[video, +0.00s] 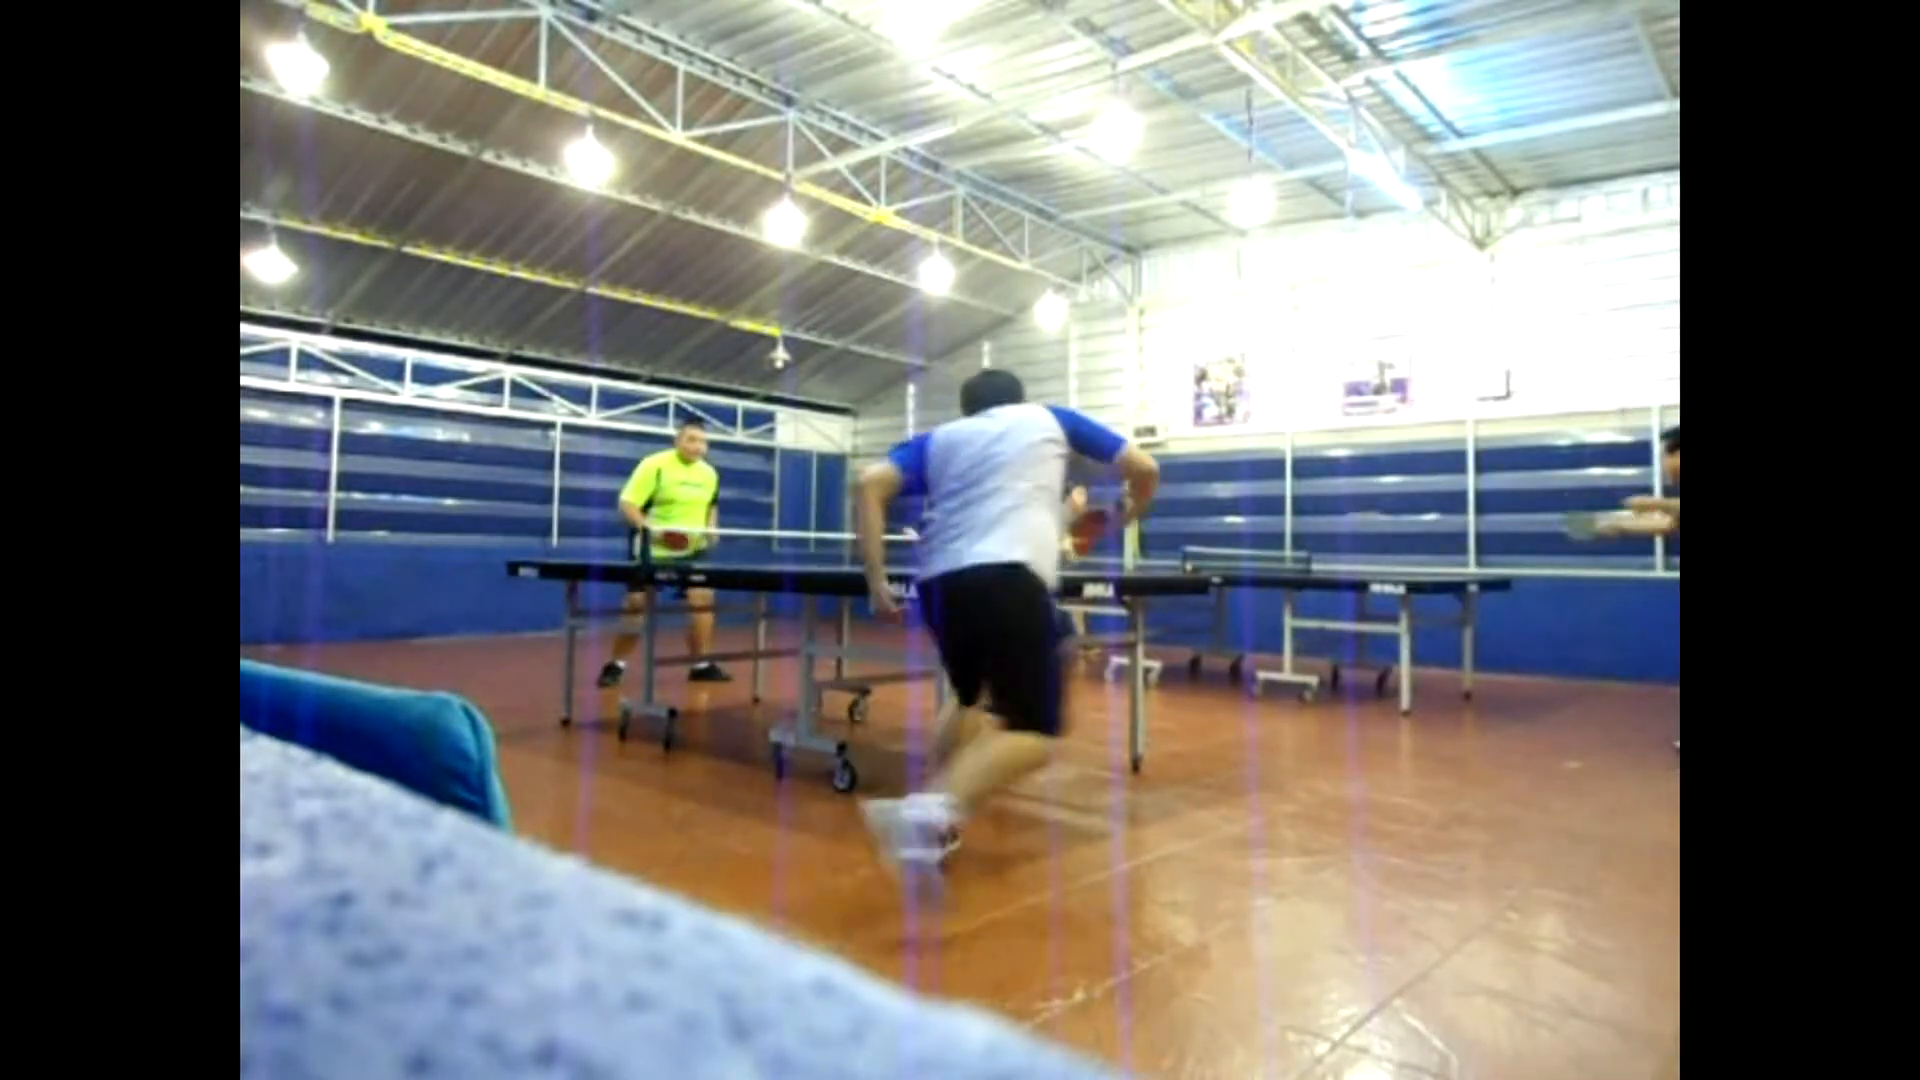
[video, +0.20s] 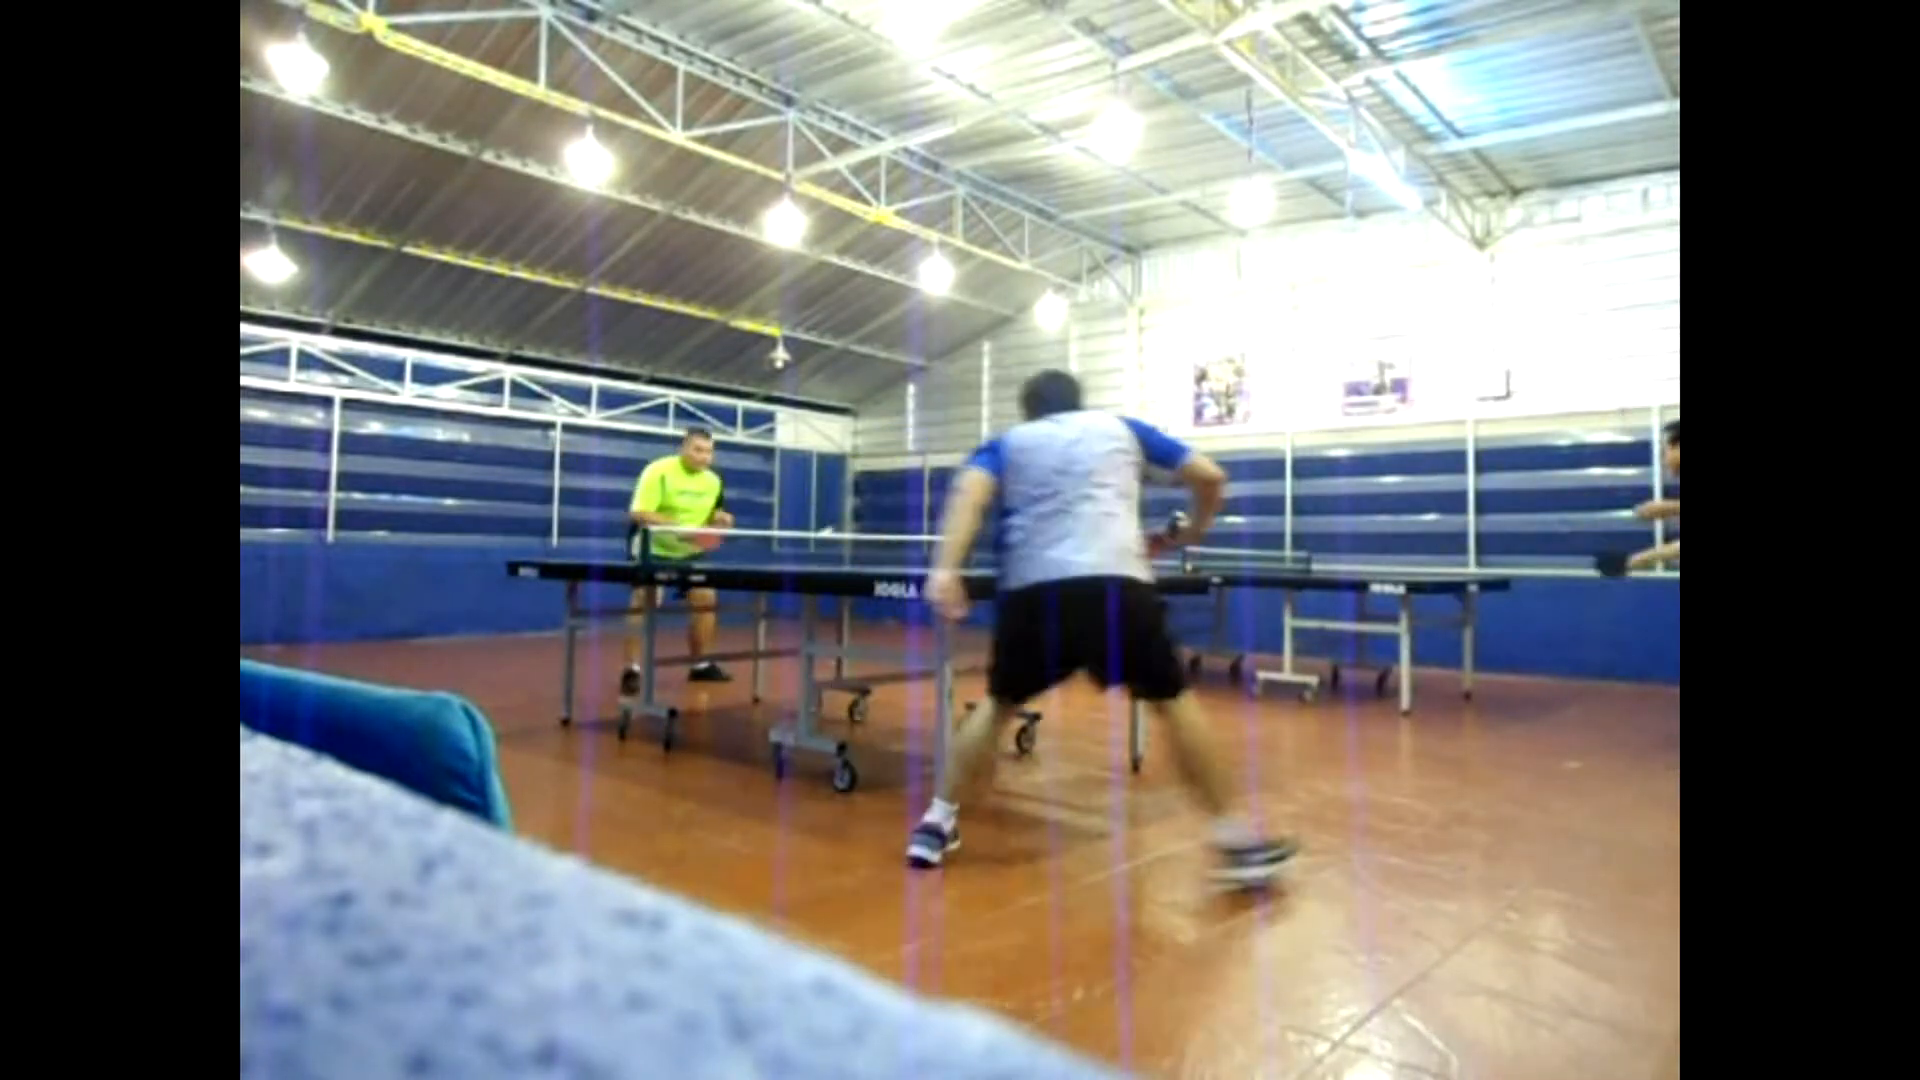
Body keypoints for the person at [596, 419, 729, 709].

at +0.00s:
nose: (696, 446)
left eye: (701, 441)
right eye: (691, 439)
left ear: (706, 445)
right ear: (678, 440)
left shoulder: (709, 474)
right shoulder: (654, 465)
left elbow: (710, 507)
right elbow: (627, 503)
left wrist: (711, 529)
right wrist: (649, 526)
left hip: (692, 550)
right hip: (655, 549)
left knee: (703, 599)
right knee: (636, 604)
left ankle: (702, 660)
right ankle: (617, 663)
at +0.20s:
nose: (702, 456)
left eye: (707, 451)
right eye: (697, 449)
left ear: (711, 454)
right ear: (682, 448)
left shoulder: (713, 482)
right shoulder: (658, 471)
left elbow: (707, 515)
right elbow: (639, 512)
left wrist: (719, 519)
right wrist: (679, 526)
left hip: (691, 552)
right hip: (656, 550)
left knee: (705, 598)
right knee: (644, 598)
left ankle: (701, 661)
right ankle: (632, 667)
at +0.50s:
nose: (712, 478)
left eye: (716, 473)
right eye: (707, 471)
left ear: (718, 473)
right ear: (691, 466)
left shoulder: (711, 499)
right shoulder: (663, 476)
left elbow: (704, 526)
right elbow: (654, 513)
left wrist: (724, 536)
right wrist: (699, 522)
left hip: (683, 556)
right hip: (648, 554)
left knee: (709, 601)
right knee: (642, 601)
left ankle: (701, 663)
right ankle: (634, 670)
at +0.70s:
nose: (716, 467)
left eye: (720, 462)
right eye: (710, 460)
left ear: (723, 466)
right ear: (696, 460)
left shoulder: (720, 499)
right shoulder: (670, 470)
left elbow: (721, 529)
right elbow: (628, 475)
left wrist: (743, 526)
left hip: (691, 563)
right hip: (652, 557)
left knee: (717, 605)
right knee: (647, 603)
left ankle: (701, 664)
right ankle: (634, 671)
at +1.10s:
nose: (699, 442)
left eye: (705, 438)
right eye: (695, 435)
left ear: (710, 444)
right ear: (682, 436)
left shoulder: (712, 478)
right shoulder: (656, 457)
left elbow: (717, 511)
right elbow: (620, 484)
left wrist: (715, 525)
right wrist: (588, 503)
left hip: (689, 545)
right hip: (647, 541)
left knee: (701, 599)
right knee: (627, 600)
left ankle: (701, 661)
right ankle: (606, 661)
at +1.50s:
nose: (656, 433)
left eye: (661, 427)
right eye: (651, 426)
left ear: (666, 430)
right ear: (637, 427)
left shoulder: (675, 462)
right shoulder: (613, 453)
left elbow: (686, 497)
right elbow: (597, 487)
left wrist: (673, 513)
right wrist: (606, 509)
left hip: (661, 540)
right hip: (619, 540)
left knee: (669, 600)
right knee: (610, 603)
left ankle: (668, 659)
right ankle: (599, 660)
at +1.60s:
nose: (649, 433)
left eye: (653, 427)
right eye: (643, 427)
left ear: (658, 430)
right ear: (630, 429)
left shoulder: (674, 460)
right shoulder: (608, 456)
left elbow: (687, 498)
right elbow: (592, 495)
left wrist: (664, 511)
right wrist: (587, 522)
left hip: (661, 538)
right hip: (619, 537)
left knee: (668, 599)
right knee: (603, 598)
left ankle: (668, 658)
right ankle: (591, 657)